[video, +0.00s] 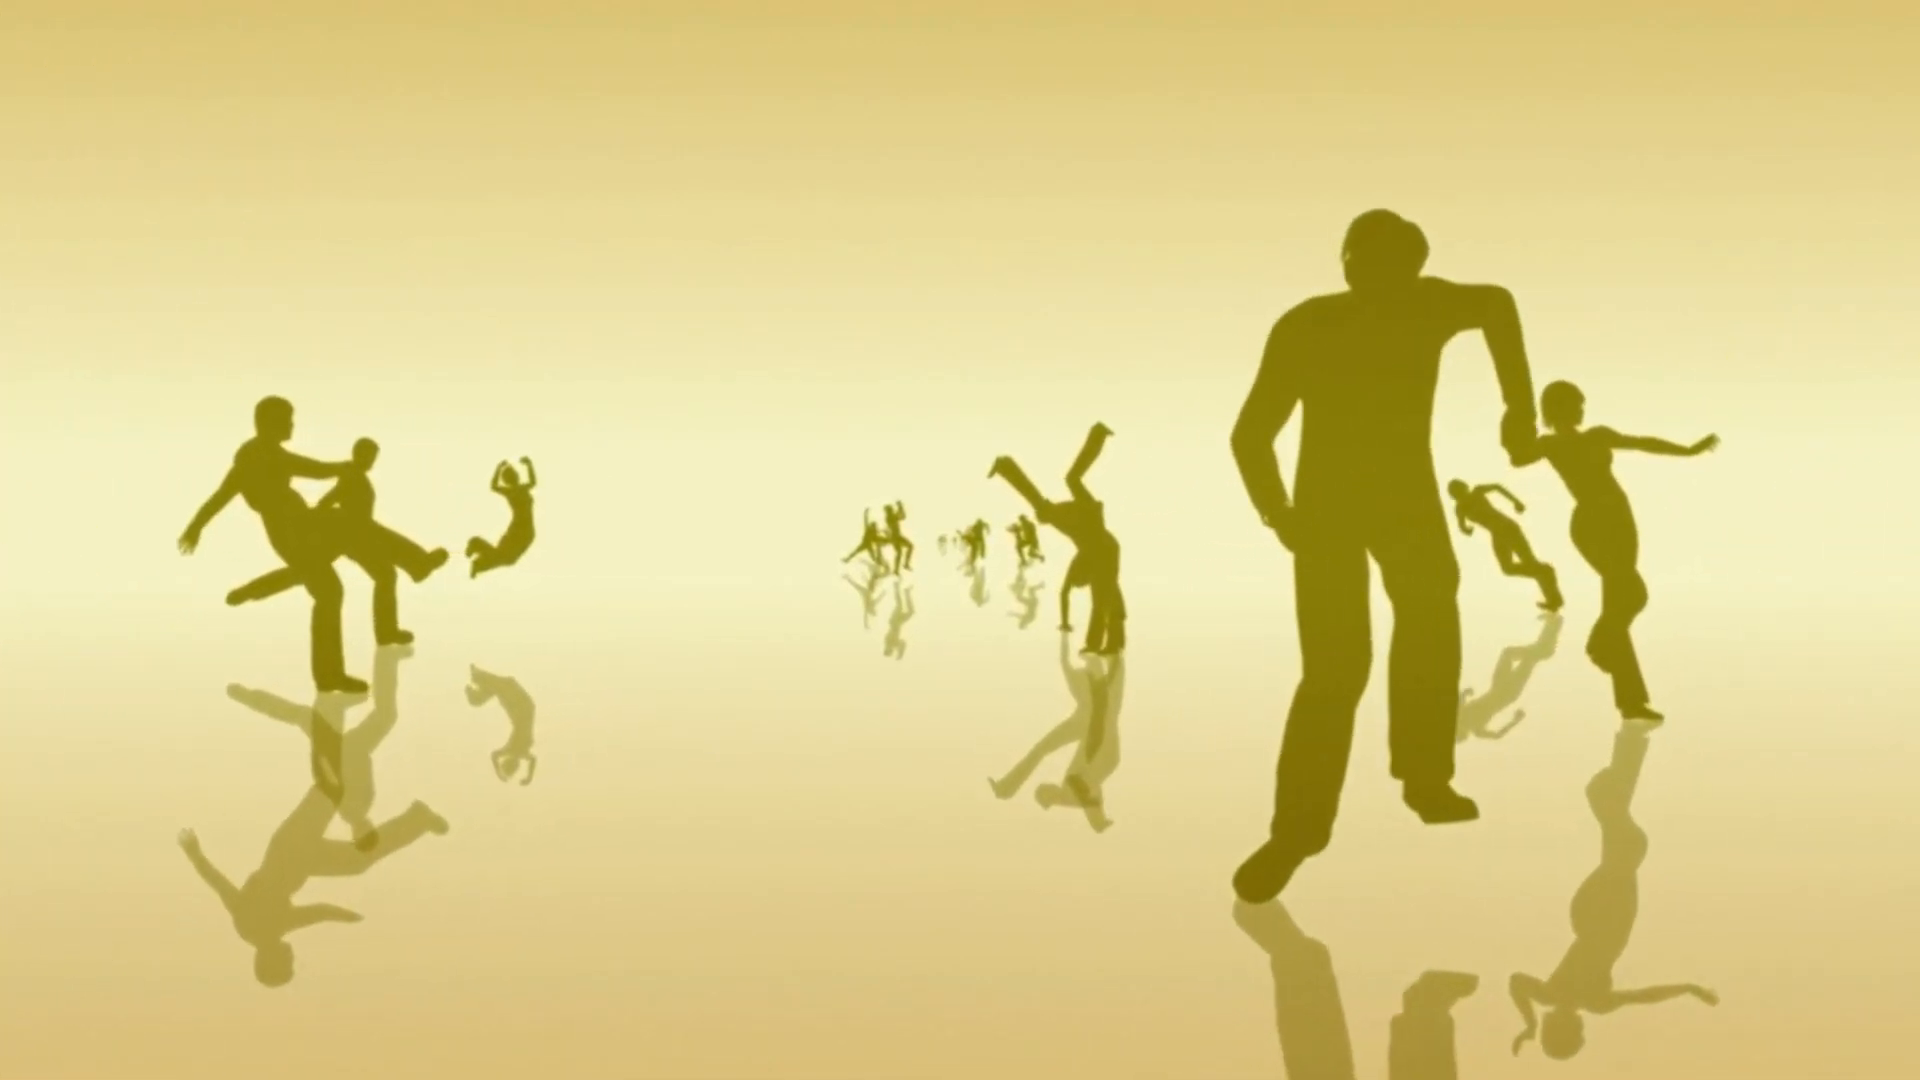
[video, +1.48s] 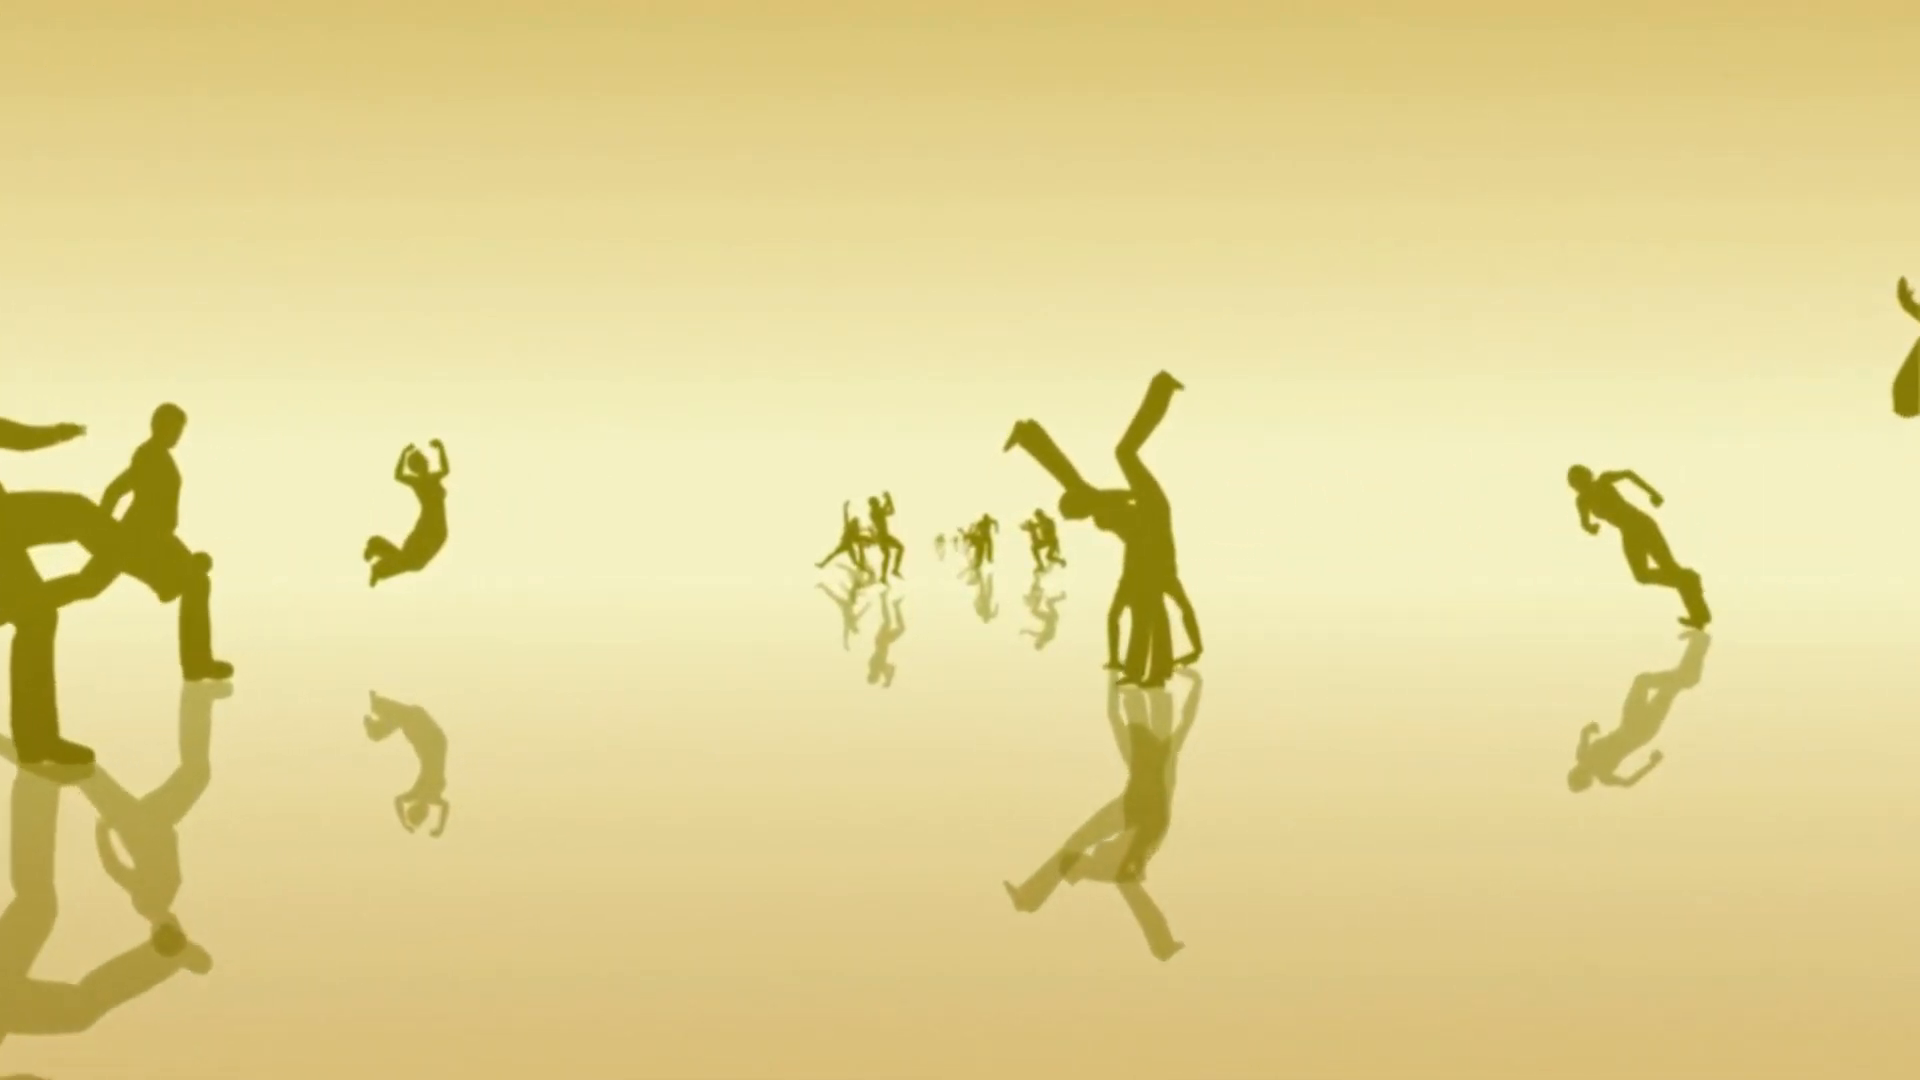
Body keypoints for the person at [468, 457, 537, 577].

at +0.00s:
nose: (513, 477)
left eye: (513, 474)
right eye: (509, 475)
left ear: (517, 474)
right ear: (505, 478)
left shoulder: (523, 488)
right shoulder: (508, 491)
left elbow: (532, 483)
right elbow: (494, 487)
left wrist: (529, 465)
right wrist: (498, 469)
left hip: (528, 529)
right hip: (517, 526)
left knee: (510, 559)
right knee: (502, 555)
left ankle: (479, 565)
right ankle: (477, 544)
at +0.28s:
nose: (495, 474)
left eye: (496, 471)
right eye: (491, 472)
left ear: (500, 472)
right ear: (488, 476)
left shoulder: (506, 487)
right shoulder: (491, 489)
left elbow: (516, 481)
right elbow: (476, 485)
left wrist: (513, 462)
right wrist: (480, 466)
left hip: (512, 529)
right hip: (500, 526)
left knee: (493, 560)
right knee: (485, 555)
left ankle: (461, 566)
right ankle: (459, 544)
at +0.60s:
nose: (480, 473)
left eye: (481, 469)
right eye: (476, 471)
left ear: (485, 470)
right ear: (472, 474)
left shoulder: (491, 485)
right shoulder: (475, 487)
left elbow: (501, 478)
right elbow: (460, 483)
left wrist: (497, 459)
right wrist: (465, 463)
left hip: (496, 529)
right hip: (484, 526)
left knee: (477, 561)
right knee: (468, 556)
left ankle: (444, 567)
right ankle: (442, 544)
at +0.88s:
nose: (460, 470)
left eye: (461, 466)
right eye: (456, 468)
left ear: (465, 467)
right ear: (453, 472)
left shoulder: (472, 483)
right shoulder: (456, 485)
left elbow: (483, 476)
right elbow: (440, 481)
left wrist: (479, 456)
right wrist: (444, 461)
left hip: (478, 529)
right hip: (465, 526)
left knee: (459, 562)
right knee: (449, 556)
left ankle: (423, 569)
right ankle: (421, 544)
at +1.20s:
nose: (443, 466)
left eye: (443, 462)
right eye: (439, 464)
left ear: (448, 463)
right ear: (435, 469)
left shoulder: (455, 481)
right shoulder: (438, 483)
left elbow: (466, 473)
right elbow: (421, 478)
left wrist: (462, 453)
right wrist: (426, 458)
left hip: (461, 528)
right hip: (447, 525)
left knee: (440, 563)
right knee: (431, 558)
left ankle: (403, 570)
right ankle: (401, 545)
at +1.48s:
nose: (422, 463)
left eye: (422, 459)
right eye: (417, 462)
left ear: (426, 460)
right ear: (413, 466)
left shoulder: (433, 478)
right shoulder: (416, 481)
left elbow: (445, 470)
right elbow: (398, 476)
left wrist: (441, 449)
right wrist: (403, 454)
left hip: (440, 527)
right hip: (426, 523)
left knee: (418, 564)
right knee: (408, 559)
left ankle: (380, 571)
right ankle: (377, 545)